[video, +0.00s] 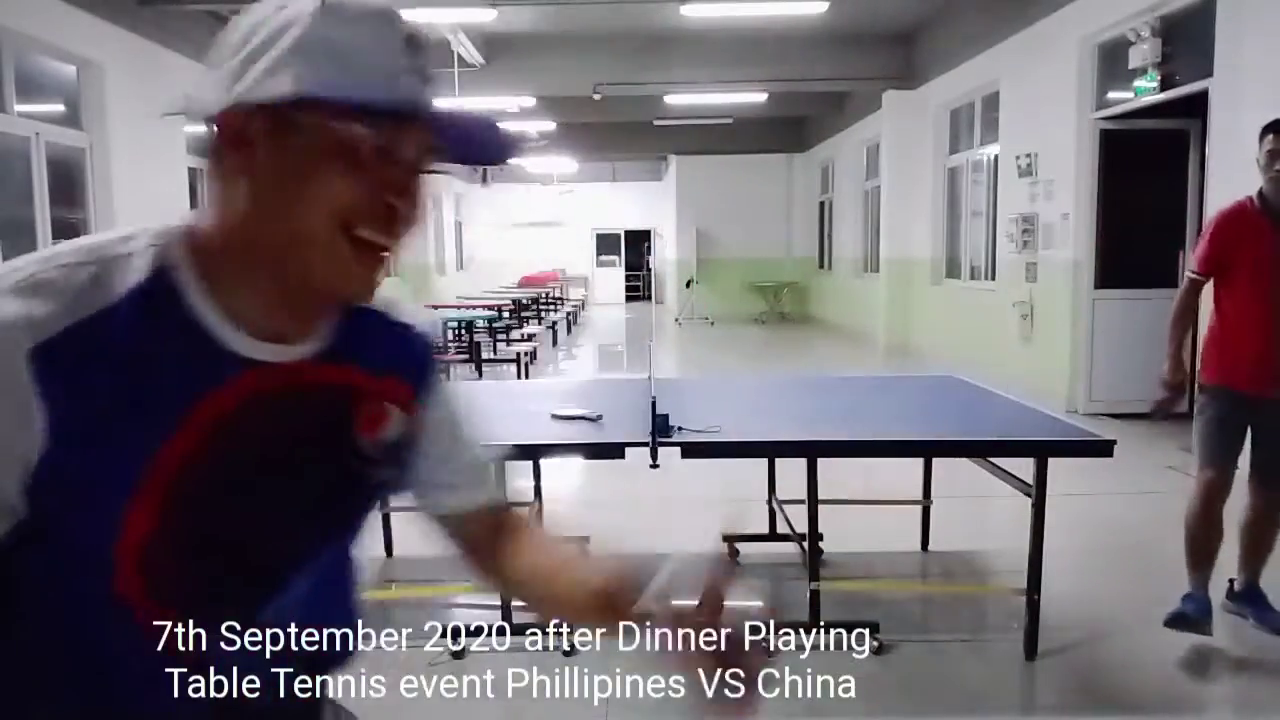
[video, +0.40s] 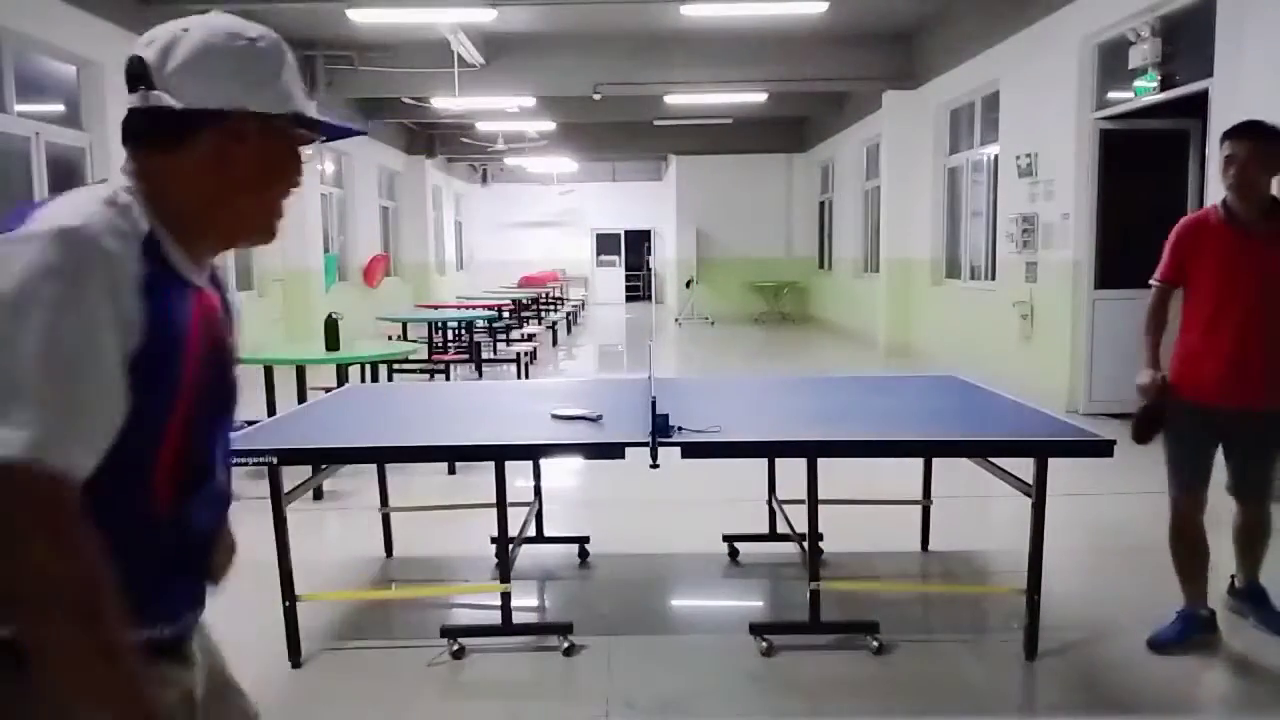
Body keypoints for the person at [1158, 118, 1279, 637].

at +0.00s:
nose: (1277, 160)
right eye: (1271, 153)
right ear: (1259, 160)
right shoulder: (1233, 221)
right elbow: (1189, 291)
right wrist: (1175, 362)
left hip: (1276, 387)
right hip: (1226, 380)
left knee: (1269, 497)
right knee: (1211, 484)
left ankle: (1245, 588)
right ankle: (1197, 595)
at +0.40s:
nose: (1235, 171)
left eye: (1248, 161)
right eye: (1229, 160)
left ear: (1272, 169)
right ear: (1219, 166)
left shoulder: (1277, 227)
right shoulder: (1195, 229)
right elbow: (1160, 298)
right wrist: (1149, 365)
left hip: (1260, 398)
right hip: (1193, 394)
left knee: (1255, 506)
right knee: (1185, 507)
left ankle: (1247, 586)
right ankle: (1195, 611)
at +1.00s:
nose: (1158, 167)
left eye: (1168, 157)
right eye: (1155, 159)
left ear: (1205, 157)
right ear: (1158, 165)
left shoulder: (1248, 226)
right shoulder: (1144, 229)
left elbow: (1265, 306)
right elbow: (1116, 300)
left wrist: (1259, 375)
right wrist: (1083, 349)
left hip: (1213, 398)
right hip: (1149, 396)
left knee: (1237, 517)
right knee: (1170, 511)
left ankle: (1268, 632)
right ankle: (1195, 614)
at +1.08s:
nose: (1153, 169)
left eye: (1163, 159)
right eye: (1149, 161)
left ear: (1199, 158)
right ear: (1149, 166)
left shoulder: (1243, 226)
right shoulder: (1140, 230)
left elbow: (1264, 309)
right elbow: (1115, 300)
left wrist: (1276, 379)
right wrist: (1081, 347)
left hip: (1209, 399)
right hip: (1148, 395)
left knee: (1231, 516)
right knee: (1171, 509)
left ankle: (1257, 634)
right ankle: (1195, 614)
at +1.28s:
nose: (1132, 175)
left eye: (1142, 163)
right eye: (1129, 165)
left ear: (1182, 159)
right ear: (1134, 169)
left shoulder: (1232, 224)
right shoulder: (1133, 230)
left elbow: (1269, 297)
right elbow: (1114, 304)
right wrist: (1076, 352)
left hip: (1204, 395)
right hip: (1147, 392)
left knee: (1194, 510)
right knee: (1170, 509)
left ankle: (1201, 630)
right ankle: (1192, 614)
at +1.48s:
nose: (1116, 176)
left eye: (1124, 163)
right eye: (1113, 166)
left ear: (1162, 160)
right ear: (1123, 172)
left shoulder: (1216, 222)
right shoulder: (1126, 230)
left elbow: (1252, 302)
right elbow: (1110, 304)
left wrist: (1268, 377)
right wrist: (1070, 352)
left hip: (1199, 391)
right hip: (1146, 389)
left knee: (1166, 503)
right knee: (1165, 504)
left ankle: (1154, 627)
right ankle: (1195, 612)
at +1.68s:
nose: (1105, 176)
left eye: (1114, 164)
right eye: (1103, 165)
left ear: (1150, 161)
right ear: (1115, 168)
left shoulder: (1196, 222)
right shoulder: (1122, 226)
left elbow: (1214, 310)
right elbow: (1115, 300)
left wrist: (1183, 382)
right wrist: (1075, 354)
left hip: (1184, 395)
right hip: (1140, 394)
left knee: (1147, 506)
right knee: (1168, 508)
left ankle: (1150, 630)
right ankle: (1197, 614)